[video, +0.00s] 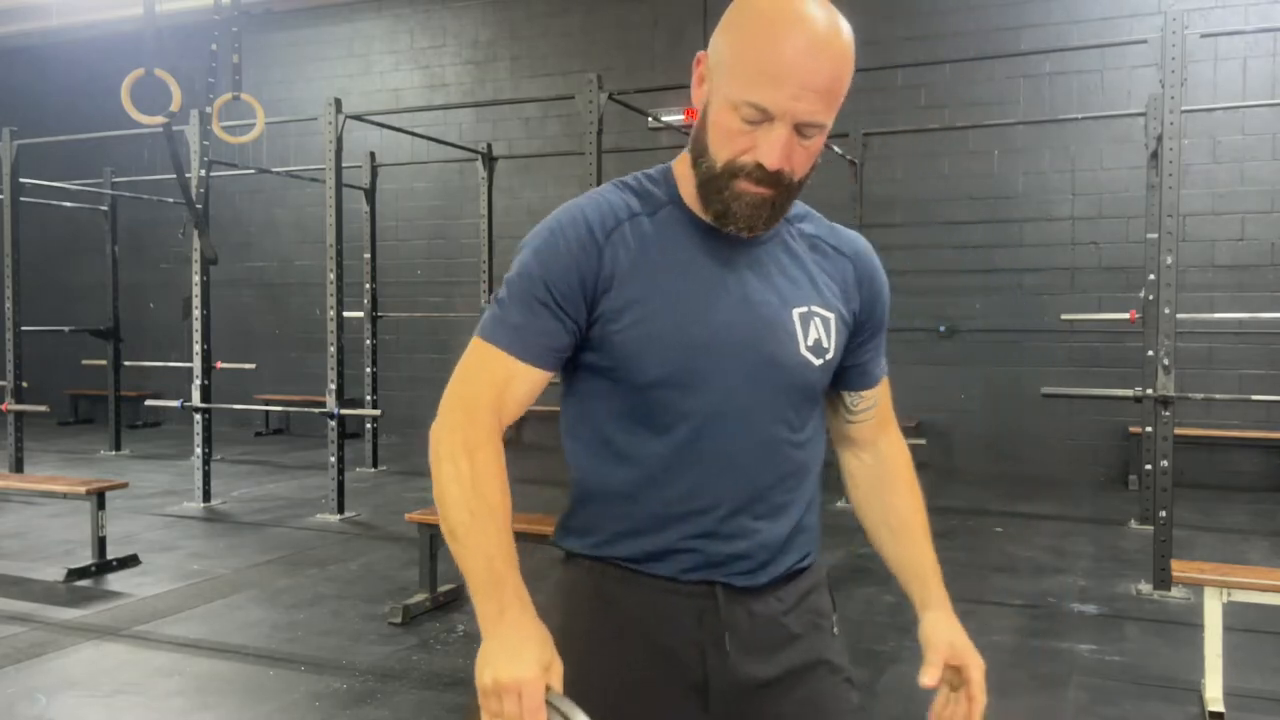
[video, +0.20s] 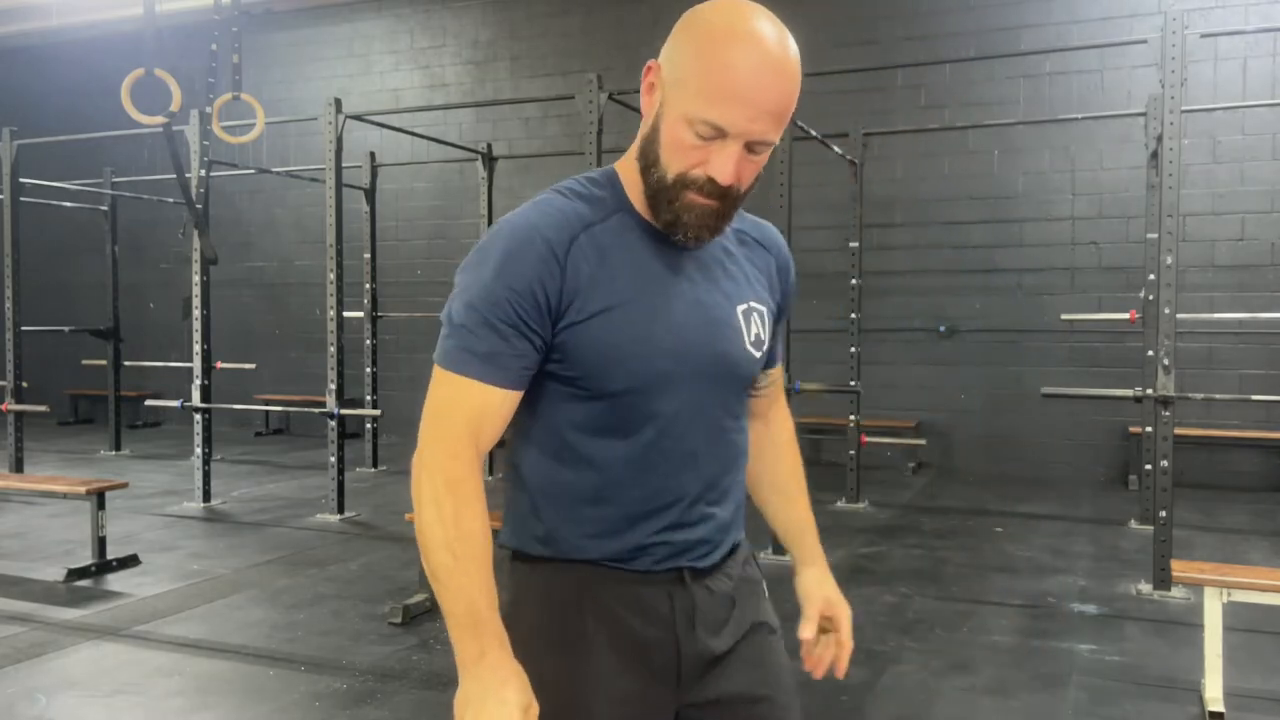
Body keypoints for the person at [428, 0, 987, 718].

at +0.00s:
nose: (774, 158)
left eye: (806, 131)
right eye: (753, 117)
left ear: (831, 127)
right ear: (701, 84)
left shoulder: (846, 270)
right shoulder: (589, 242)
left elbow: (869, 437)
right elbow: (462, 428)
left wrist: (933, 607)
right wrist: (505, 623)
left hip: (788, 627)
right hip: (620, 626)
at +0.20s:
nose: (725, 172)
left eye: (755, 147)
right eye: (706, 133)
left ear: (780, 135)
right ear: (651, 92)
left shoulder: (761, 257)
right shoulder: (535, 249)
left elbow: (763, 413)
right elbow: (444, 464)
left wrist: (810, 565)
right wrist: (483, 667)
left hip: (730, 609)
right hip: (576, 620)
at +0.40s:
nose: (753, 181)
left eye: (769, 156)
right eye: (739, 145)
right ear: (664, 103)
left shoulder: (701, 244)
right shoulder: (536, 253)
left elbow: (679, 411)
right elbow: (452, 466)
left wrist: (716, 535)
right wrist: (492, 676)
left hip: (688, 593)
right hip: (568, 613)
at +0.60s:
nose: (763, 186)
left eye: (774, 162)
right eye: (760, 154)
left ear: (692, 125)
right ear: (692, 121)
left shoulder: (653, 250)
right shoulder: (574, 245)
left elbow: (625, 432)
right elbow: (483, 452)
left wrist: (664, 560)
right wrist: (524, 652)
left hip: (651, 581)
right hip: (583, 589)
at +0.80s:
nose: (755, 199)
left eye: (762, 179)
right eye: (755, 172)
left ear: (704, 145)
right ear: (704, 141)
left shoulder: (644, 248)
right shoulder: (612, 244)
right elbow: (533, 428)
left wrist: (653, 583)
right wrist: (576, 621)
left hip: (632, 573)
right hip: (597, 580)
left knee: (629, 709)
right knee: (596, 713)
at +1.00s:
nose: (734, 206)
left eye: (740, 187)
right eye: (737, 181)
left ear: (668, 155)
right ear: (702, 154)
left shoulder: (584, 250)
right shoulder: (642, 249)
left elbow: (569, 423)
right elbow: (587, 415)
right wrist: (634, 589)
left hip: (578, 549)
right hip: (622, 555)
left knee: (611, 702)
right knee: (650, 705)